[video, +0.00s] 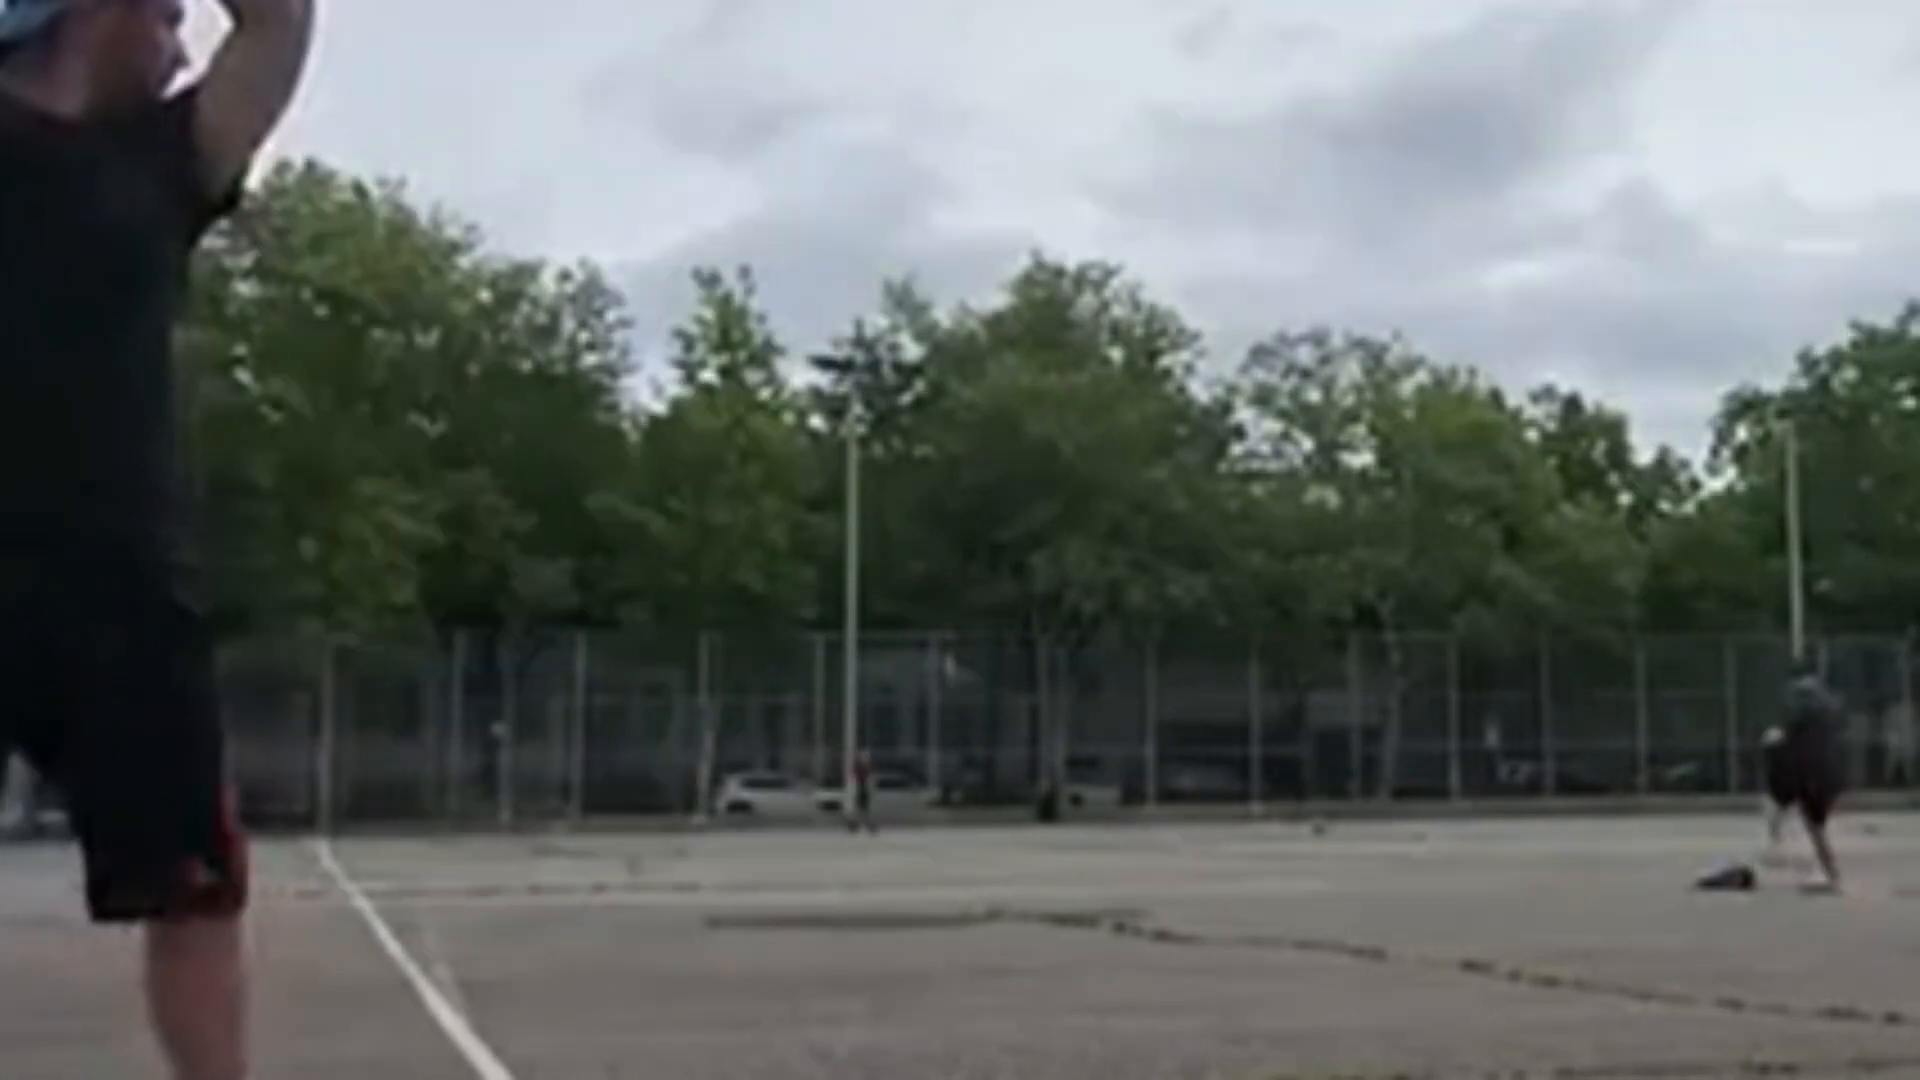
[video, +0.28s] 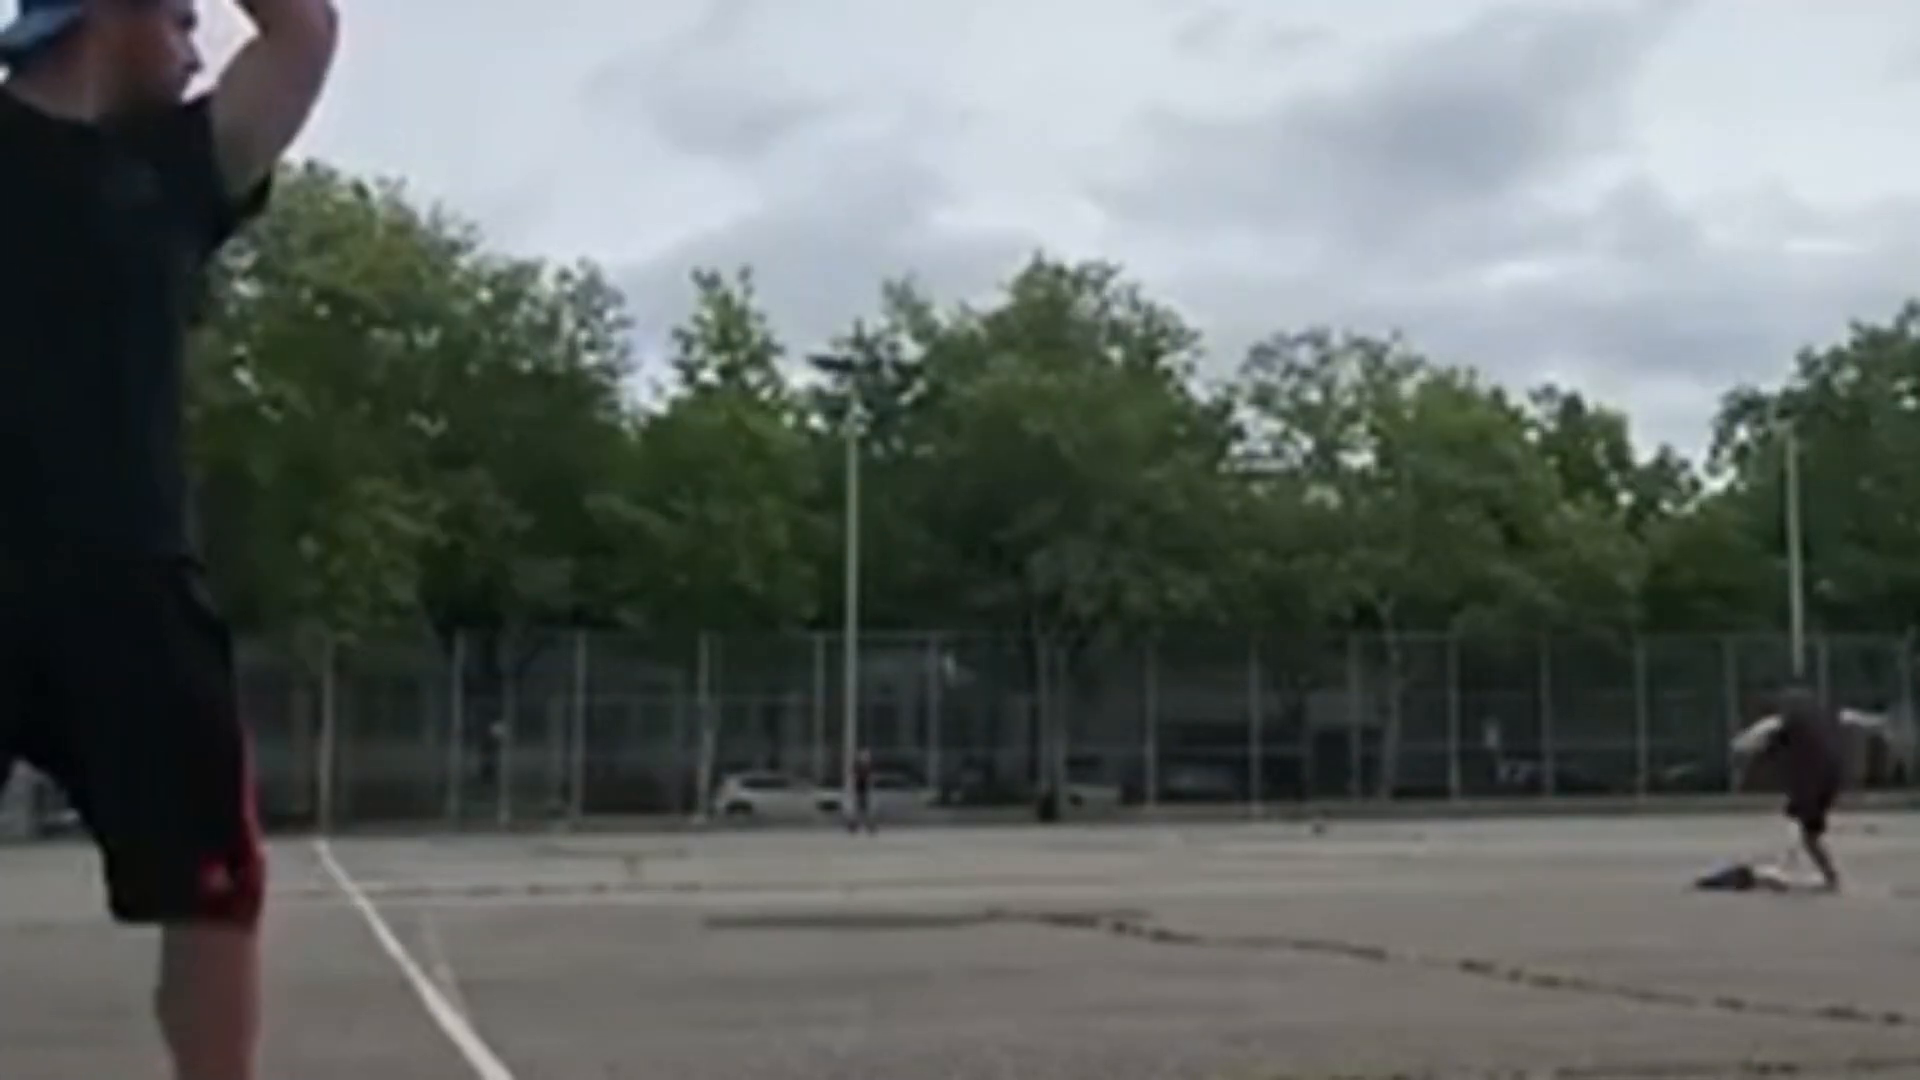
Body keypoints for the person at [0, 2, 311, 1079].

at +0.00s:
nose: (177, 39)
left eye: (178, 21)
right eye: (157, 15)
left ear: (163, 32)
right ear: (89, 14)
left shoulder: (161, 159)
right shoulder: (15, 132)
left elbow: (278, 23)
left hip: (114, 565)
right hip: (27, 560)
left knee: (194, 880)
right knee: (186, 882)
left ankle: (216, 1068)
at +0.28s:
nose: (196, 46)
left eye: (192, 22)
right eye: (175, 17)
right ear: (102, 20)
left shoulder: (168, 170)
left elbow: (302, 35)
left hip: (123, 577)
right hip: (36, 575)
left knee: (214, 890)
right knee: (210, 890)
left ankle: (216, 1066)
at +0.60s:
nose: (229, 65)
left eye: (228, 40)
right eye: (212, 32)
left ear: (140, 41)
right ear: (150, 30)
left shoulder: (201, 178)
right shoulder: (23, 150)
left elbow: (313, 47)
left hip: (161, 586)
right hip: (32, 582)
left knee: (244, 893)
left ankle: (222, 1068)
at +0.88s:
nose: (228, 137)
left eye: (227, 110)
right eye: (216, 106)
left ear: (141, 99)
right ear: (147, 93)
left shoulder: (208, 249)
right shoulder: (9, 190)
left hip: (98, 611)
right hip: (43, 611)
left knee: (319, 848)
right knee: (315, 848)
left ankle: (349, 1060)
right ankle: (348, 1059)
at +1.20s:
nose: (257, 236)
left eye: (256, 211)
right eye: (240, 210)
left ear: (142, 201)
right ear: (152, 203)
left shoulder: (31, 270)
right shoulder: (160, 318)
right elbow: (276, 453)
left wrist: (248, 432)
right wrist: (299, 450)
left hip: (73, 705)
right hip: (53, 710)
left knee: (212, 945)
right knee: (40, 1036)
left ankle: (319, 1066)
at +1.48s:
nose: (169, 149)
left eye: (167, 127)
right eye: (168, 127)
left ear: (28, 106)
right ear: (139, 131)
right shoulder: (168, 270)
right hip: (63, 645)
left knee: (143, 945)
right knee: (27, 1009)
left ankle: (237, 1071)